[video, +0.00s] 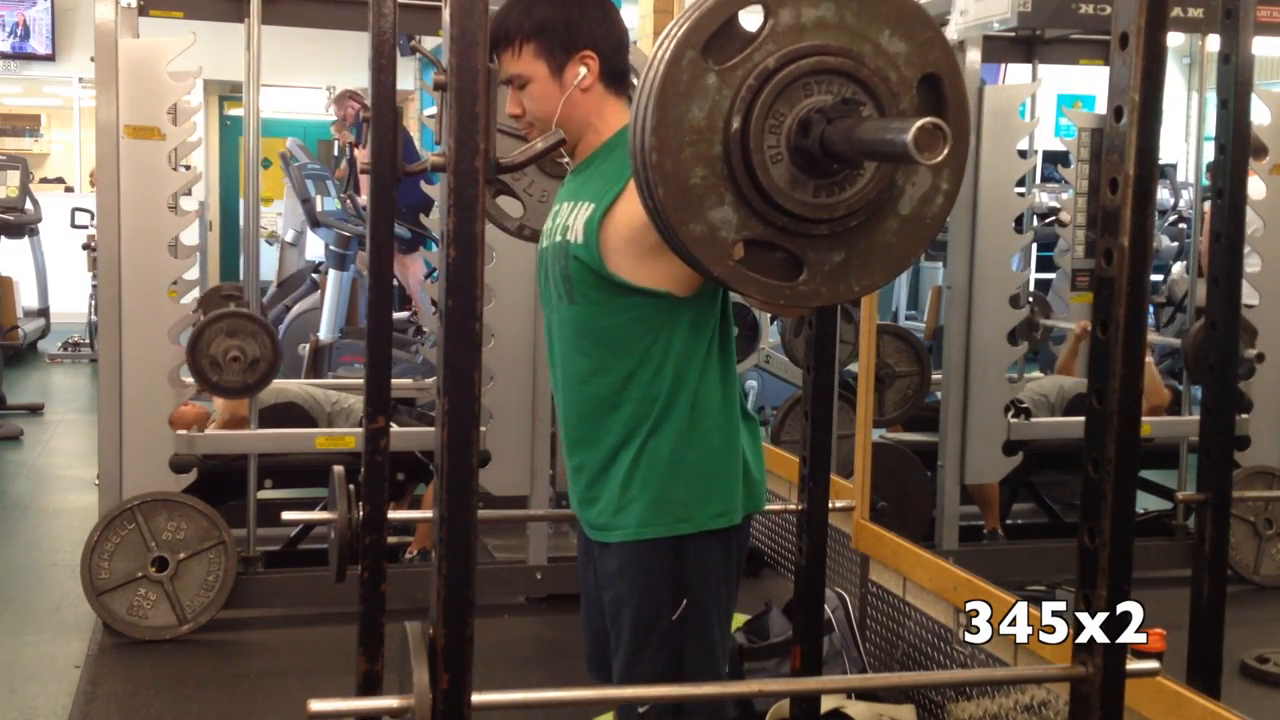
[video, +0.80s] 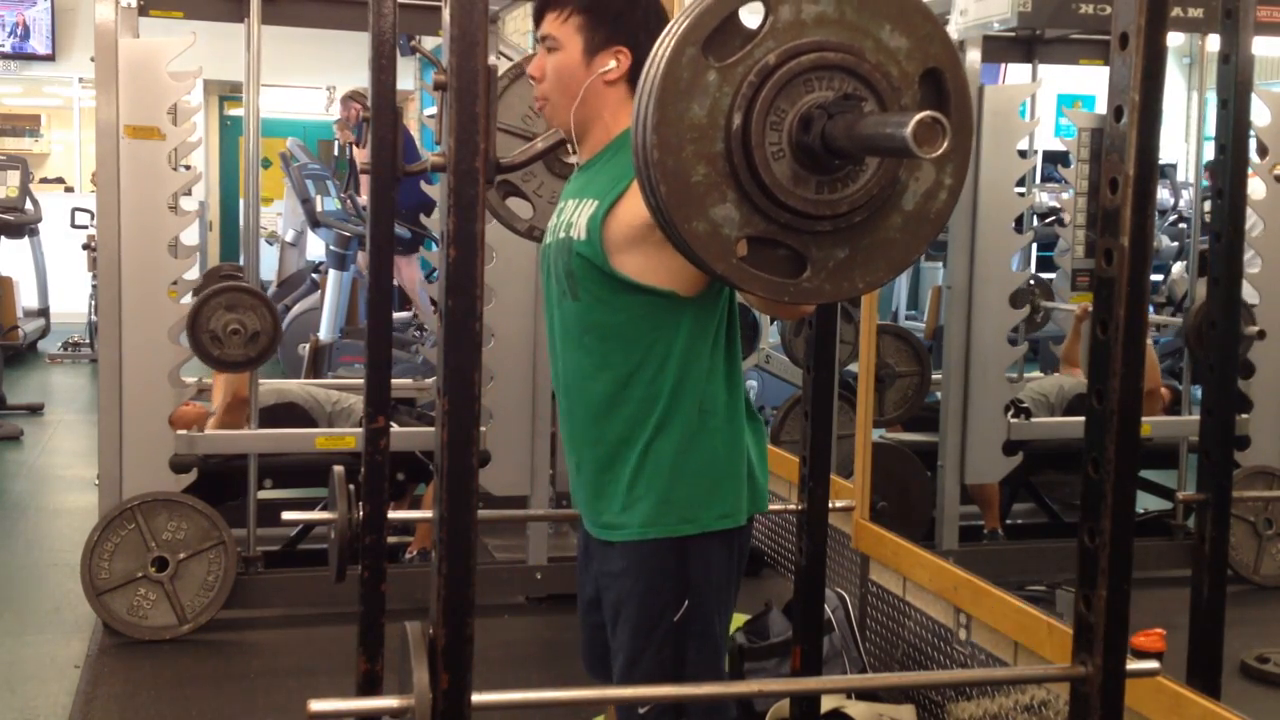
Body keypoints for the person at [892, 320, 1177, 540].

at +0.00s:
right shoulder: (1091, 388)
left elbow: (1157, 401)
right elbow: (1059, 378)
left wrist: (1143, 352)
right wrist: (1077, 338)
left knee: (978, 455)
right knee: (975, 456)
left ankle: (993, 530)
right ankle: (993, 528)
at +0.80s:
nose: (1162, 392)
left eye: (1163, 395)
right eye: (1163, 392)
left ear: (1160, 407)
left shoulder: (1124, 415)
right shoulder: (1083, 389)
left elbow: (1152, 390)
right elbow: (1070, 365)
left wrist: (1141, 334)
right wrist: (1079, 323)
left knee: (979, 451)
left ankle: (992, 529)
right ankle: (991, 527)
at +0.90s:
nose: (1158, 389)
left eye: (1162, 394)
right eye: (1161, 389)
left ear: (1161, 409)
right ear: (1148, 394)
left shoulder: (1142, 408)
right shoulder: (1100, 389)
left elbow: (1150, 382)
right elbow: (1074, 360)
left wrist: (1140, 325)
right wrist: (1082, 318)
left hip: (1017, 414)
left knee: (979, 451)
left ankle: (992, 530)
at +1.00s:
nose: (1157, 389)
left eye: (1160, 393)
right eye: (1159, 389)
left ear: (1161, 407)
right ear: (1152, 395)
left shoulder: (1145, 405)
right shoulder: (1108, 389)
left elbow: (1148, 370)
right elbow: (1075, 357)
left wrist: (1139, 318)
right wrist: (1082, 314)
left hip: (1023, 411)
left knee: (978, 449)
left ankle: (993, 529)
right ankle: (991, 526)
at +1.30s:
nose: (1154, 395)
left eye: (1161, 397)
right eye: (1158, 390)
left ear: (1163, 410)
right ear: (1151, 387)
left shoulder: (1145, 415)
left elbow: (1150, 372)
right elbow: (1081, 353)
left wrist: (1144, 313)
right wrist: (1081, 304)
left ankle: (992, 527)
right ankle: (992, 526)